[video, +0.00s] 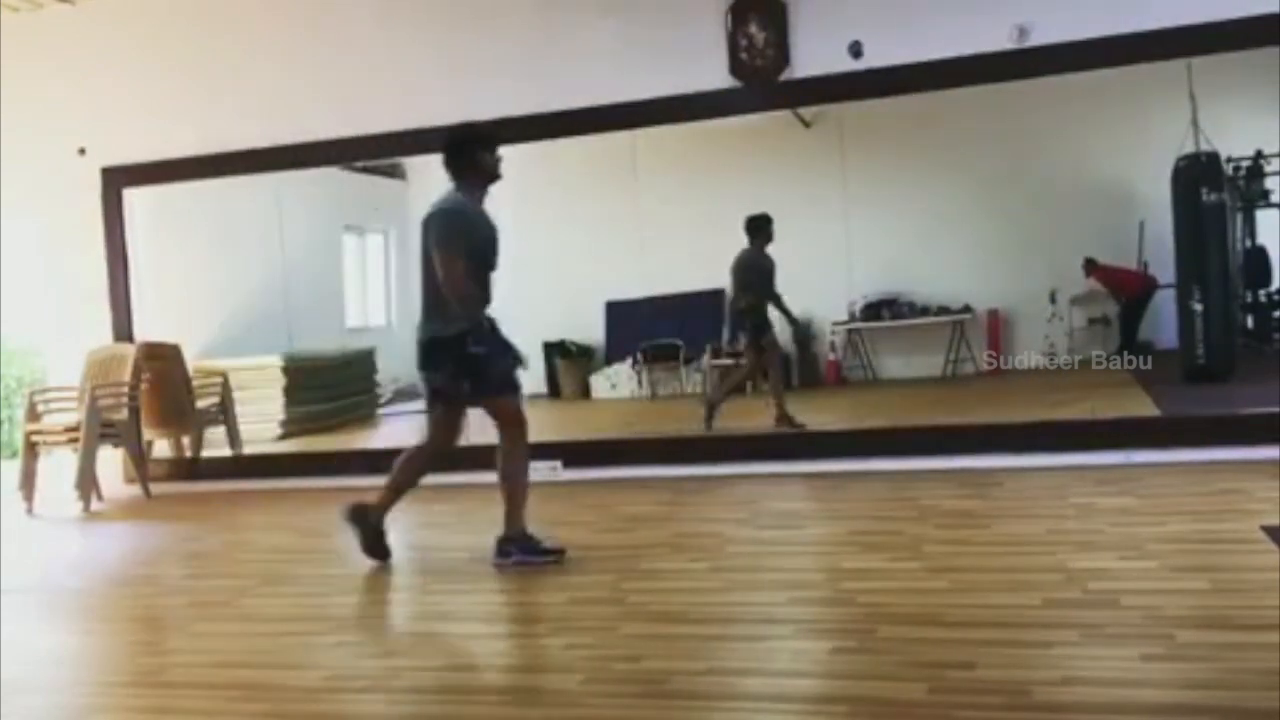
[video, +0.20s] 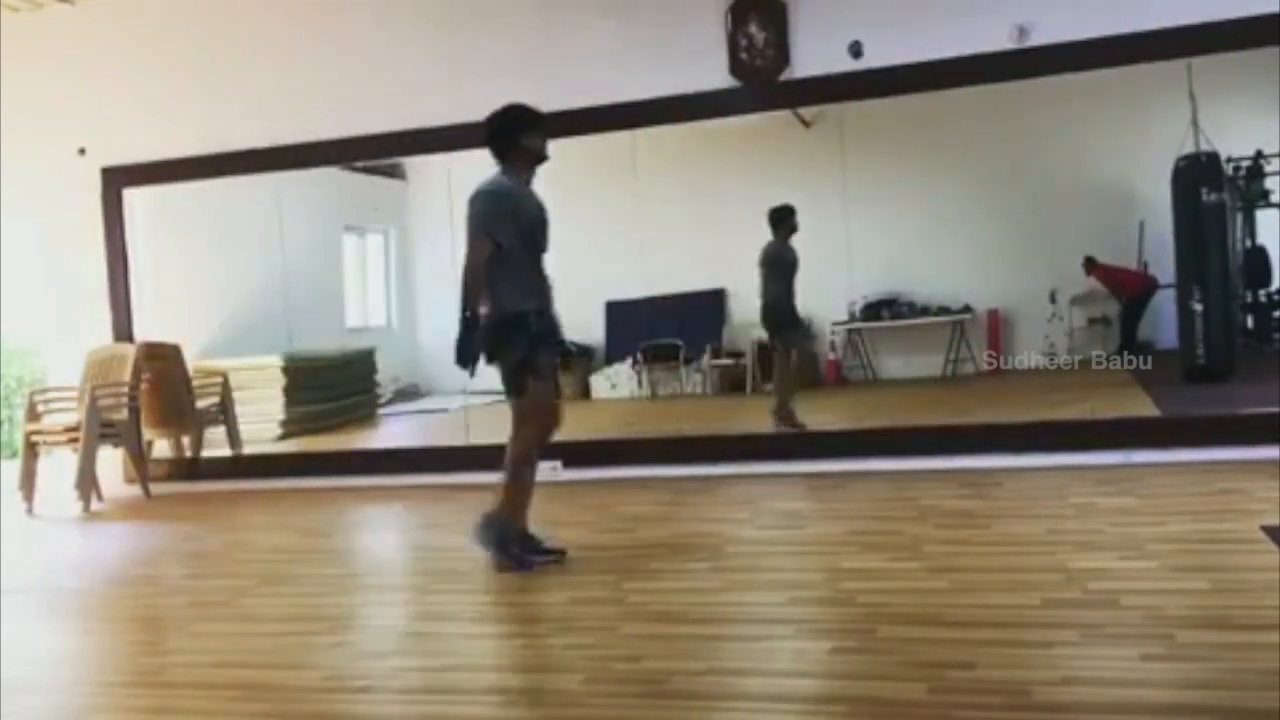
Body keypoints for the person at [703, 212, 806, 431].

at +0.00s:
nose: (773, 234)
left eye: (771, 229)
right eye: (769, 230)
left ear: (752, 233)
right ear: (762, 233)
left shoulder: (742, 259)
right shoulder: (759, 261)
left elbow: (771, 295)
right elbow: (770, 294)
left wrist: (792, 320)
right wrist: (793, 320)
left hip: (749, 315)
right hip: (753, 315)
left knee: (752, 365)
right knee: (774, 357)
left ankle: (714, 400)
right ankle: (781, 412)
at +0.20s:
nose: (796, 225)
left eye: (795, 220)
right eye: (792, 221)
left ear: (777, 225)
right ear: (785, 224)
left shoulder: (786, 251)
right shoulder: (775, 252)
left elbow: (785, 289)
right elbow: (776, 292)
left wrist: (793, 316)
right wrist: (791, 317)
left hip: (782, 311)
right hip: (777, 312)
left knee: (783, 360)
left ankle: (784, 408)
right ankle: (782, 407)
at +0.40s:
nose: (824, 226)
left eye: (823, 222)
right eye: (820, 222)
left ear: (805, 227)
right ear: (812, 226)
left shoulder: (810, 253)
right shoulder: (804, 255)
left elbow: (812, 293)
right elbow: (810, 295)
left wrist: (837, 309)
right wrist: (837, 310)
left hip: (807, 313)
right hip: (805, 314)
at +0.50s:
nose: (834, 225)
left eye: (832, 221)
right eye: (830, 222)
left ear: (815, 227)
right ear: (821, 226)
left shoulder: (823, 254)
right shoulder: (812, 255)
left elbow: (826, 293)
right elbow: (820, 294)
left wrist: (852, 312)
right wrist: (853, 312)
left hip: (826, 314)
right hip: (811, 316)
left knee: (847, 356)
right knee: (799, 363)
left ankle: (869, 406)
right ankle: (785, 411)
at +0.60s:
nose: (856, 220)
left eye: (854, 216)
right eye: (851, 216)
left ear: (839, 223)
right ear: (841, 221)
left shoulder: (848, 250)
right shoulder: (834, 249)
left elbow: (850, 286)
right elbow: (838, 286)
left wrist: (861, 310)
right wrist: (853, 310)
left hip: (854, 310)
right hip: (841, 312)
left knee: (863, 360)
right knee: (836, 362)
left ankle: (874, 407)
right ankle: (801, 399)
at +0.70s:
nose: (866, 219)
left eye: (864, 214)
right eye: (862, 215)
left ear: (845, 221)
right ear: (852, 220)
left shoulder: (845, 246)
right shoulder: (851, 248)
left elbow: (855, 284)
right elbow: (854, 284)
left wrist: (868, 307)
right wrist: (868, 309)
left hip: (854, 309)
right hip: (856, 310)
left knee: (865, 358)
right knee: (856, 357)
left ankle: (874, 405)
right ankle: (820, 393)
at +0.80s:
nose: (886, 216)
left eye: (884, 211)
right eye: (882, 212)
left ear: (867, 218)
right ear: (873, 217)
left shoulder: (865, 244)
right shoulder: (871, 246)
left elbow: (873, 283)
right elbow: (874, 283)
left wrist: (890, 303)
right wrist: (891, 305)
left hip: (871, 308)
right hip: (878, 309)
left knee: (876, 355)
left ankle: (873, 402)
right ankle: (870, 393)